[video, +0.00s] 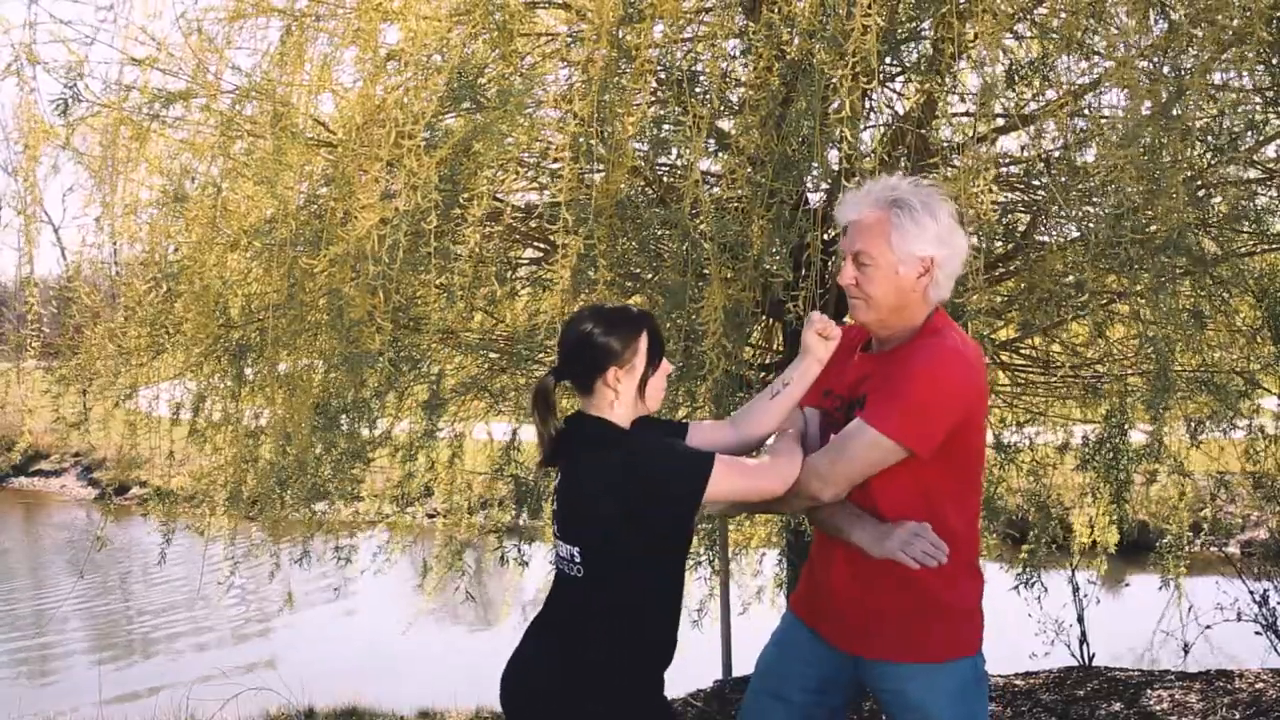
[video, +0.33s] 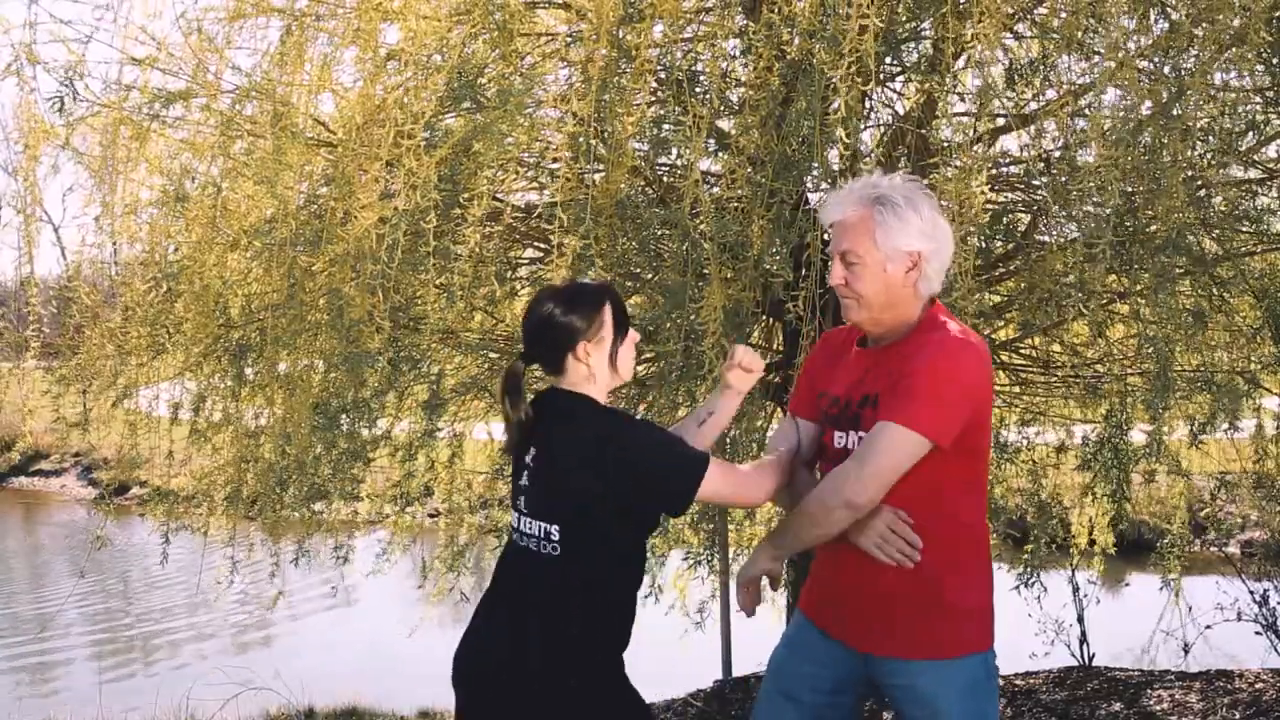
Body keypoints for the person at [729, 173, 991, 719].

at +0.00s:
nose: (843, 278)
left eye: (862, 263)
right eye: (844, 260)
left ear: (923, 270)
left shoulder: (947, 363)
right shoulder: (841, 343)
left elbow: (818, 480)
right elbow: (783, 465)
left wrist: (745, 487)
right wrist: (868, 531)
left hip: (925, 642)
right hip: (818, 623)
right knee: (762, 710)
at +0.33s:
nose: (834, 278)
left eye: (851, 262)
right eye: (833, 261)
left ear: (911, 265)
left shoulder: (952, 355)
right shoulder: (830, 349)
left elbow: (854, 493)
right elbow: (786, 464)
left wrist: (772, 550)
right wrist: (849, 517)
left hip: (936, 646)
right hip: (825, 630)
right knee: (773, 710)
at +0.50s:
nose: (831, 281)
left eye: (846, 264)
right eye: (830, 263)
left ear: (908, 265)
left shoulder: (973, 357)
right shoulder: (830, 354)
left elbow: (921, 497)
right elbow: (792, 462)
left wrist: (802, 562)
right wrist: (789, 491)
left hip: (953, 644)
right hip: (837, 631)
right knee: (789, 711)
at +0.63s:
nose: (824, 283)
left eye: (838, 267)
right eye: (824, 265)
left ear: (898, 268)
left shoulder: (978, 353)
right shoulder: (829, 353)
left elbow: (940, 493)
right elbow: (784, 461)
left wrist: (804, 527)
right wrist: (741, 445)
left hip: (960, 638)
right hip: (842, 625)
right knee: (789, 712)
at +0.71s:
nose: (811, 284)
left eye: (825, 268)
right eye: (811, 267)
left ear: (885, 268)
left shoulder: (968, 352)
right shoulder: (815, 359)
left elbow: (929, 490)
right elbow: (759, 464)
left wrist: (792, 494)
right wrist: (707, 430)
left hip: (957, 637)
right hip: (837, 628)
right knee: (784, 710)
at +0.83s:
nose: (783, 285)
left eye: (797, 268)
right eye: (783, 267)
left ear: (857, 266)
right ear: (852, 267)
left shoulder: (941, 348)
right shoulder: (789, 362)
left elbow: (898, 489)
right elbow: (715, 479)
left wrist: (766, 469)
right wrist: (649, 410)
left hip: (940, 637)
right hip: (820, 627)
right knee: (765, 710)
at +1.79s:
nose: (793, 308)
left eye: (810, 294)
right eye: (796, 290)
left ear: (875, 302)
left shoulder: (939, 365)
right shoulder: (790, 359)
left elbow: (857, 483)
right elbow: (679, 423)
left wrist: (710, 515)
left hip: (930, 646)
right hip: (805, 635)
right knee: (744, 710)